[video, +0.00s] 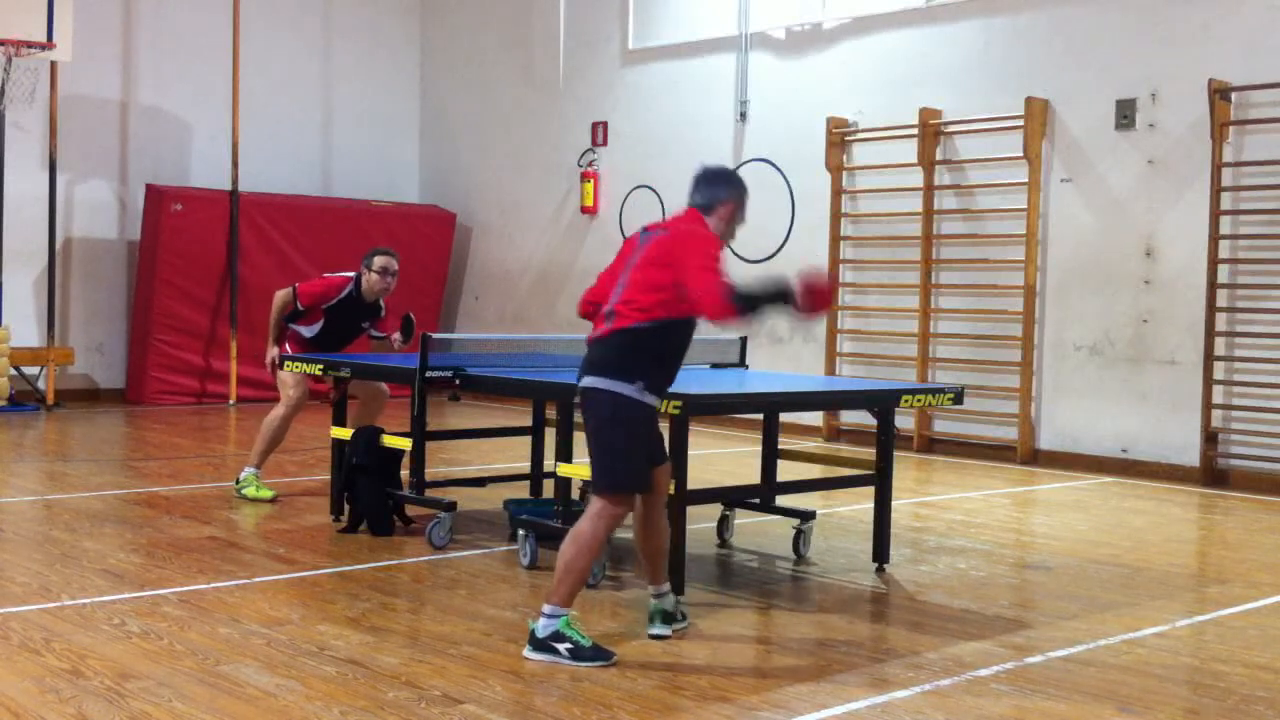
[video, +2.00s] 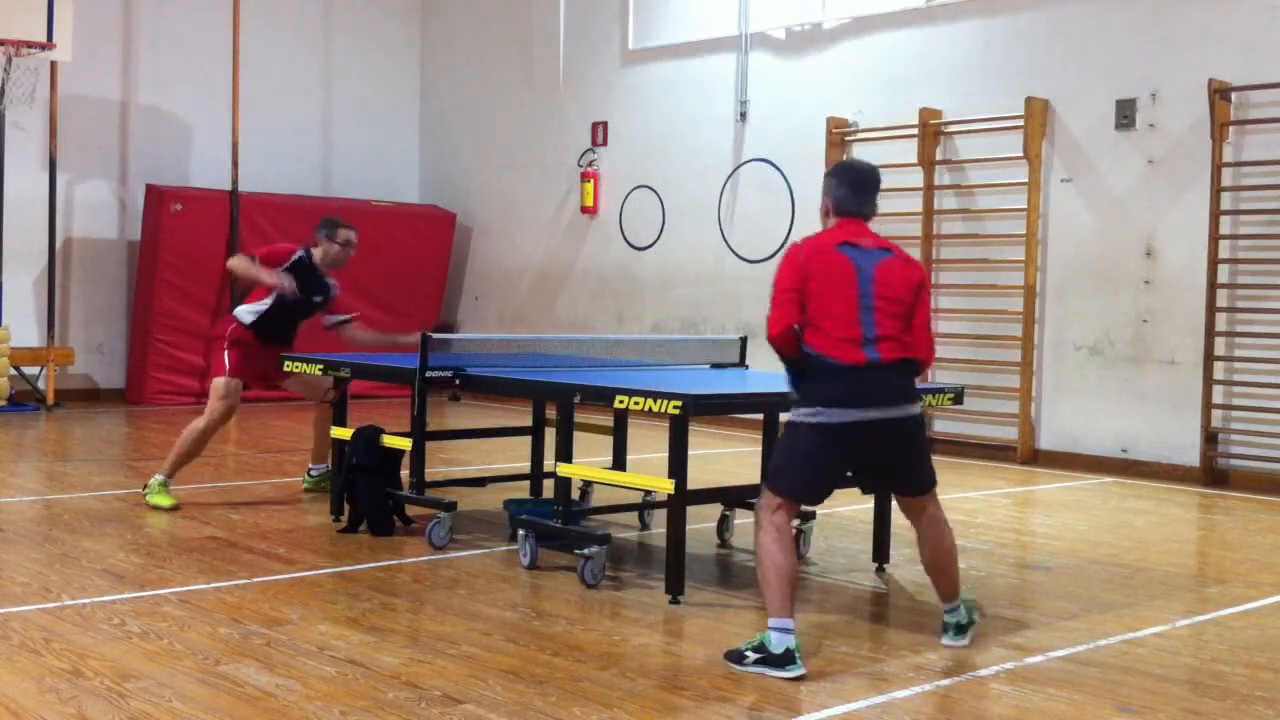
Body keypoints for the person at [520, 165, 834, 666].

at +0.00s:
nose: (735, 230)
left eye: (737, 221)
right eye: (737, 219)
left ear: (696, 202)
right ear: (724, 208)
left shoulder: (648, 235)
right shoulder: (696, 237)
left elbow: (590, 305)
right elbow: (716, 306)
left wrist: (654, 323)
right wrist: (784, 292)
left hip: (611, 387)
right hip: (620, 391)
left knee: (655, 480)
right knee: (612, 502)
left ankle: (663, 605)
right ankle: (549, 623)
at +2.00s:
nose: (822, 205)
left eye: (823, 198)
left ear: (827, 203)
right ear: (874, 205)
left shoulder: (803, 254)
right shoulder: (908, 267)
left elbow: (781, 332)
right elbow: (921, 354)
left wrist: (807, 365)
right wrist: (877, 374)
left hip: (822, 422)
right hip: (893, 420)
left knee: (775, 511)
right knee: (925, 510)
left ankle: (780, 642)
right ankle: (955, 615)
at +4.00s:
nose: (953, 164)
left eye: (955, 158)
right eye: (958, 158)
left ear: (958, 164)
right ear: (1006, 166)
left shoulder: (929, 220)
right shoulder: (1026, 214)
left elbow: (899, 282)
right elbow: (980, 243)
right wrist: (917, 211)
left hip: (943, 368)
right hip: (1007, 364)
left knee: (918, 452)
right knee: (1013, 433)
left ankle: (955, 542)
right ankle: (1014, 521)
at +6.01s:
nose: (725, 188)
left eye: (727, 181)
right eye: (729, 181)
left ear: (735, 184)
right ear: (784, 185)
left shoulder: (727, 244)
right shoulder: (825, 239)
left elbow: (718, 331)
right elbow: (864, 326)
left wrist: (703, 371)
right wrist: (835, 369)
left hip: (778, 413)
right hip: (844, 409)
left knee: (710, 515)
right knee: (856, 524)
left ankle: (697, 657)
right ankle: (887, 649)